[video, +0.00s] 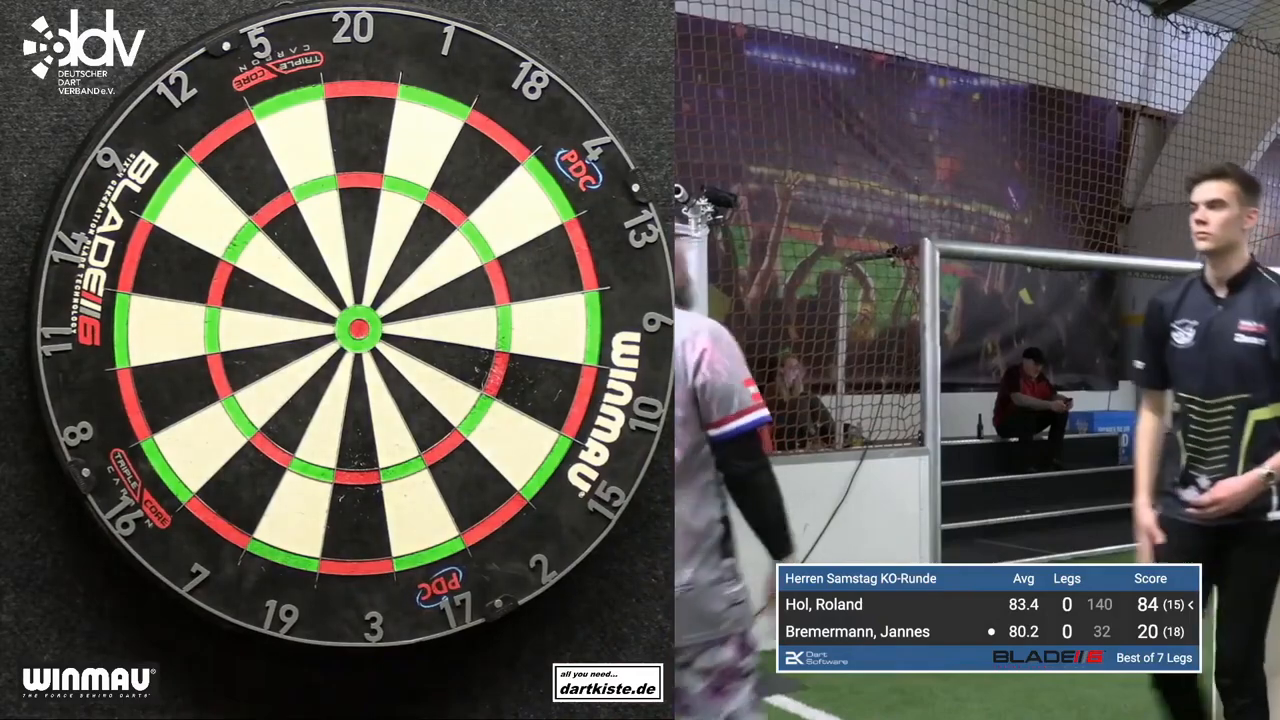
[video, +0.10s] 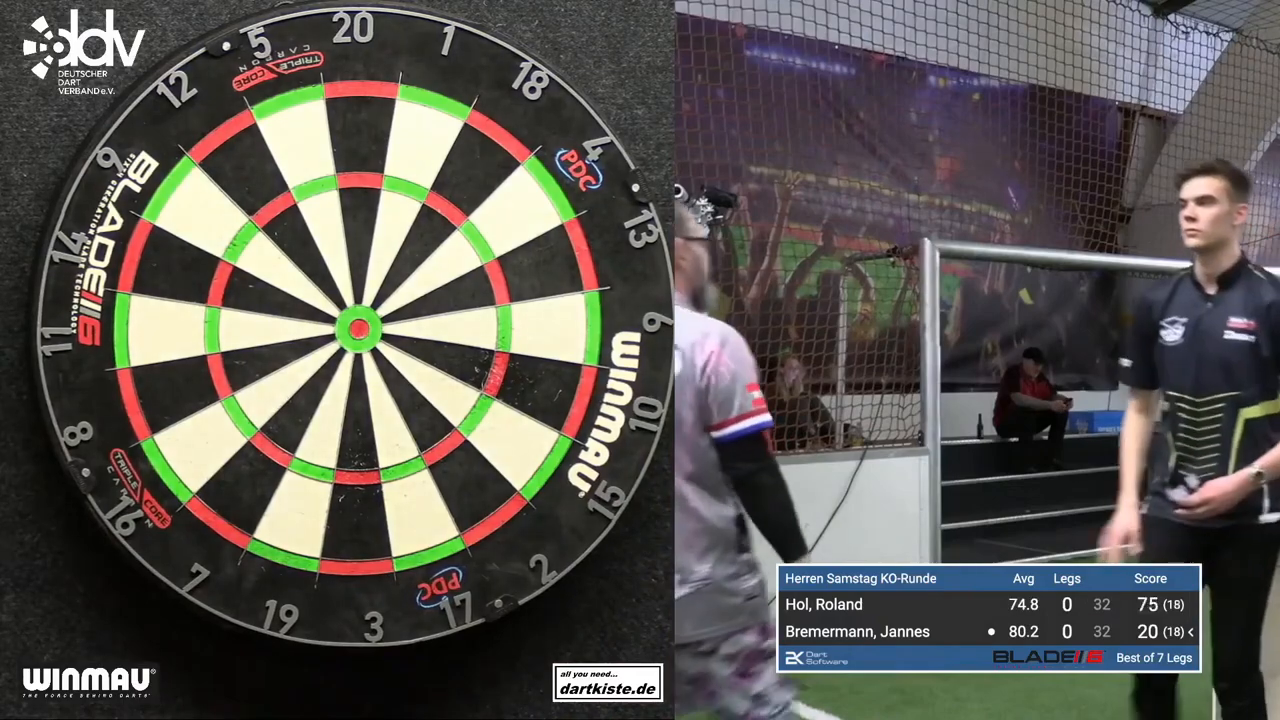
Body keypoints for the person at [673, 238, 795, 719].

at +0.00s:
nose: (687, 261)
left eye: (682, 244)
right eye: (677, 245)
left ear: (618, 266)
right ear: (661, 258)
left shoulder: (580, 345)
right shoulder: (699, 341)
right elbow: (743, 467)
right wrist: (785, 556)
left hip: (604, 591)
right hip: (691, 592)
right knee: (721, 704)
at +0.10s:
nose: (707, 256)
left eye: (705, 242)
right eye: (699, 242)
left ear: (650, 256)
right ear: (674, 253)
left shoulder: (595, 341)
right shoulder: (711, 343)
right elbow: (751, 470)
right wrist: (799, 559)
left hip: (615, 586)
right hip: (703, 590)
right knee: (761, 705)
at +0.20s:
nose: (743, 261)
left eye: (740, 249)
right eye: (735, 249)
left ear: (671, 264)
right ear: (712, 259)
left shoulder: (627, 336)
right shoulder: (738, 348)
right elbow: (770, 478)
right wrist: (815, 573)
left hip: (644, 585)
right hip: (731, 590)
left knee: (657, 708)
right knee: (787, 707)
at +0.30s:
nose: (771, 270)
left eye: (768, 257)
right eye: (763, 257)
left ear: (697, 271)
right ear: (738, 268)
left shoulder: (658, 339)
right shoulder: (765, 354)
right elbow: (786, 480)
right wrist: (826, 584)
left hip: (666, 585)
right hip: (750, 591)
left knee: (677, 710)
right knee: (791, 709)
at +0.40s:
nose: (798, 274)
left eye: (794, 262)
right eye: (789, 262)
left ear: (726, 278)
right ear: (769, 274)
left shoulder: (688, 358)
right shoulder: (795, 360)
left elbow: (675, 472)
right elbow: (809, 486)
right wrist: (841, 588)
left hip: (691, 582)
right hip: (772, 589)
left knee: (693, 706)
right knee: (819, 705)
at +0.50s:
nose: (844, 274)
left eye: (841, 263)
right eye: (837, 264)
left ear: (773, 278)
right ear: (813, 275)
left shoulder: (732, 355)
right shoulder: (848, 361)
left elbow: (723, 456)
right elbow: (856, 482)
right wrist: (879, 574)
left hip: (740, 559)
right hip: (825, 566)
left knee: (725, 686)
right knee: (856, 685)